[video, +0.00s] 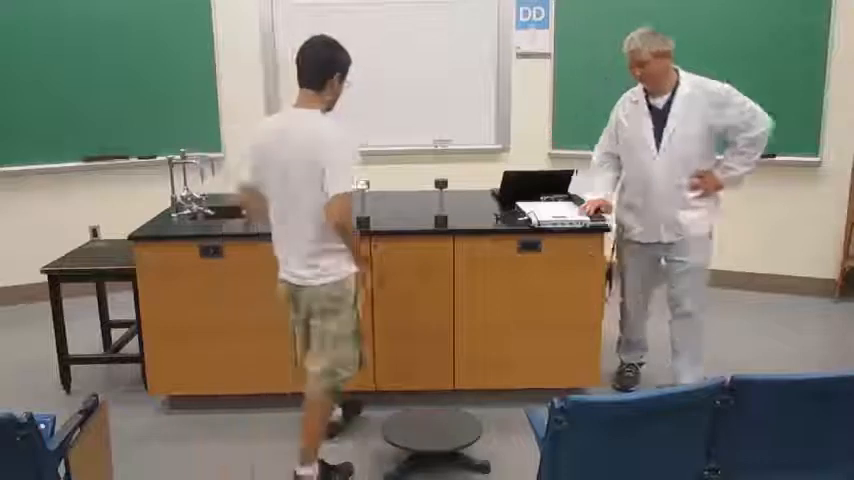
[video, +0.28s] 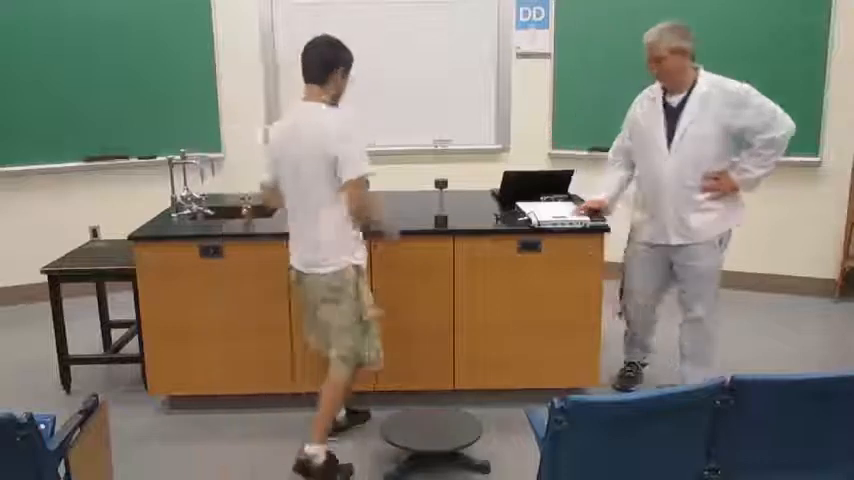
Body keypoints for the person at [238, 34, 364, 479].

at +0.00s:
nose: (343, 90)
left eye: (343, 82)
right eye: (344, 81)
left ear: (299, 76)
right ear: (334, 81)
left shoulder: (268, 129)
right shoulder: (332, 135)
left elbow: (247, 199)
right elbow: (338, 214)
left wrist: (286, 217)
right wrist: (355, 247)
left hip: (289, 270)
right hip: (329, 273)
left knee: (308, 352)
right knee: (323, 371)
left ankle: (329, 413)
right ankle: (308, 466)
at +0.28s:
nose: (347, 83)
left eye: (347, 75)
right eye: (347, 75)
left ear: (306, 74)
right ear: (336, 75)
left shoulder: (279, 129)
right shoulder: (339, 126)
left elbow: (273, 197)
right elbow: (356, 202)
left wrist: (317, 195)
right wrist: (375, 223)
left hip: (303, 258)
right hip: (338, 260)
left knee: (330, 341)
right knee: (344, 354)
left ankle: (339, 412)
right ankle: (314, 451)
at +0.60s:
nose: (377, 98)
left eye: (376, 91)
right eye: (376, 91)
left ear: (339, 88)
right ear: (364, 88)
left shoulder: (309, 122)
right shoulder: (368, 125)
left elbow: (301, 178)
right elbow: (403, 188)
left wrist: (351, 194)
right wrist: (430, 201)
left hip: (296, 246)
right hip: (330, 251)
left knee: (323, 340)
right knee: (326, 352)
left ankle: (333, 413)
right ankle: (313, 447)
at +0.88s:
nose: (378, 94)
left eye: (379, 86)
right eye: (377, 85)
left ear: (342, 79)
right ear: (359, 80)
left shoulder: (306, 118)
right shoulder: (363, 120)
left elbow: (302, 177)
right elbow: (395, 186)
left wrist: (357, 188)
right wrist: (421, 197)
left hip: (298, 245)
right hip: (329, 249)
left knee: (320, 341)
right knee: (325, 349)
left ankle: (332, 412)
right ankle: (313, 446)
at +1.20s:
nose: (373, 98)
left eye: (375, 89)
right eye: (370, 88)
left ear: (343, 80)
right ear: (344, 79)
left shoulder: (321, 116)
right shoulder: (334, 123)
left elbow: (317, 190)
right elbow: (327, 196)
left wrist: (360, 227)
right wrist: (365, 238)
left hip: (327, 251)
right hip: (332, 255)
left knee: (339, 342)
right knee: (337, 351)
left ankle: (335, 412)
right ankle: (330, 445)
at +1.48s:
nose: (371, 104)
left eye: (374, 95)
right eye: (369, 95)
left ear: (342, 84)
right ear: (343, 84)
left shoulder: (334, 124)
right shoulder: (323, 131)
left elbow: (341, 198)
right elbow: (310, 210)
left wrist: (362, 245)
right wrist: (347, 259)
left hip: (339, 257)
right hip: (326, 261)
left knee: (342, 343)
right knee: (330, 356)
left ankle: (339, 409)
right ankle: (328, 447)